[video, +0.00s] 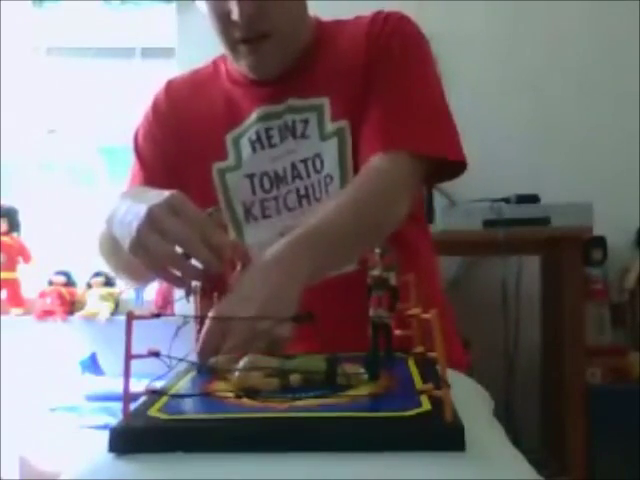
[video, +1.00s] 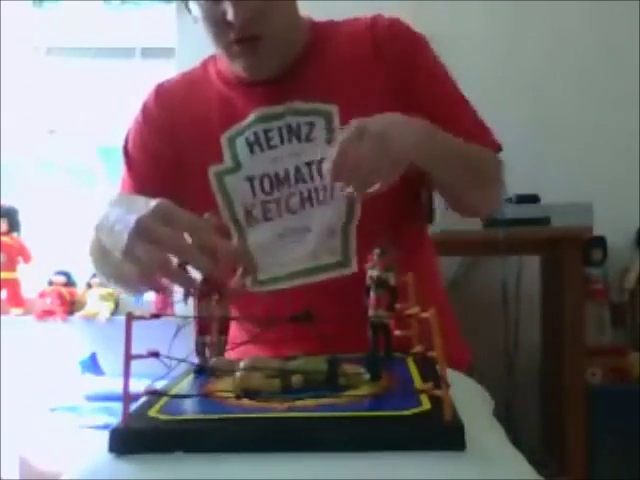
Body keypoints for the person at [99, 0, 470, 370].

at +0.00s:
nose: (239, 15)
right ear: (202, 7)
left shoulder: (383, 43)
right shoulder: (177, 106)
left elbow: (395, 181)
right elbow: (131, 268)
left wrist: (284, 267)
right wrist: (126, 215)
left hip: (399, 382)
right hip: (246, 398)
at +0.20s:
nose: (239, 18)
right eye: (219, 0)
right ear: (203, 7)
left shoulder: (383, 43)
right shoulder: (179, 106)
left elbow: (382, 189)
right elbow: (133, 267)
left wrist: (277, 271)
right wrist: (126, 214)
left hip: (397, 379)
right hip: (246, 396)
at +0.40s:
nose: (240, 20)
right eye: (219, 1)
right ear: (203, 6)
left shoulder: (383, 43)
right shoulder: (178, 106)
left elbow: (380, 189)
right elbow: (134, 261)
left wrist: (272, 271)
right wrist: (125, 215)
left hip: (398, 382)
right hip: (246, 397)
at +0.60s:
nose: (239, 20)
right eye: (219, 2)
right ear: (202, 7)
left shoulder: (382, 44)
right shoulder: (178, 105)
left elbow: (403, 183)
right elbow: (131, 258)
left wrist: (284, 236)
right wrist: (124, 214)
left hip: (402, 374)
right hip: (253, 389)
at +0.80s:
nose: (236, 17)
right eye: (215, 1)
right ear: (198, 8)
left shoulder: (382, 46)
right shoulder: (174, 107)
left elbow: (436, 197)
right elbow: (131, 263)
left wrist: (337, 177)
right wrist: (124, 221)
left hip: (403, 366)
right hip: (255, 379)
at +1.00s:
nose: (233, 15)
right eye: (212, 0)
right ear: (193, 8)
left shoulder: (382, 50)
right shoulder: (169, 111)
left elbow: (484, 195)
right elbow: (130, 270)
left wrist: (415, 140)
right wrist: (116, 229)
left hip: (405, 372)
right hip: (252, 384)